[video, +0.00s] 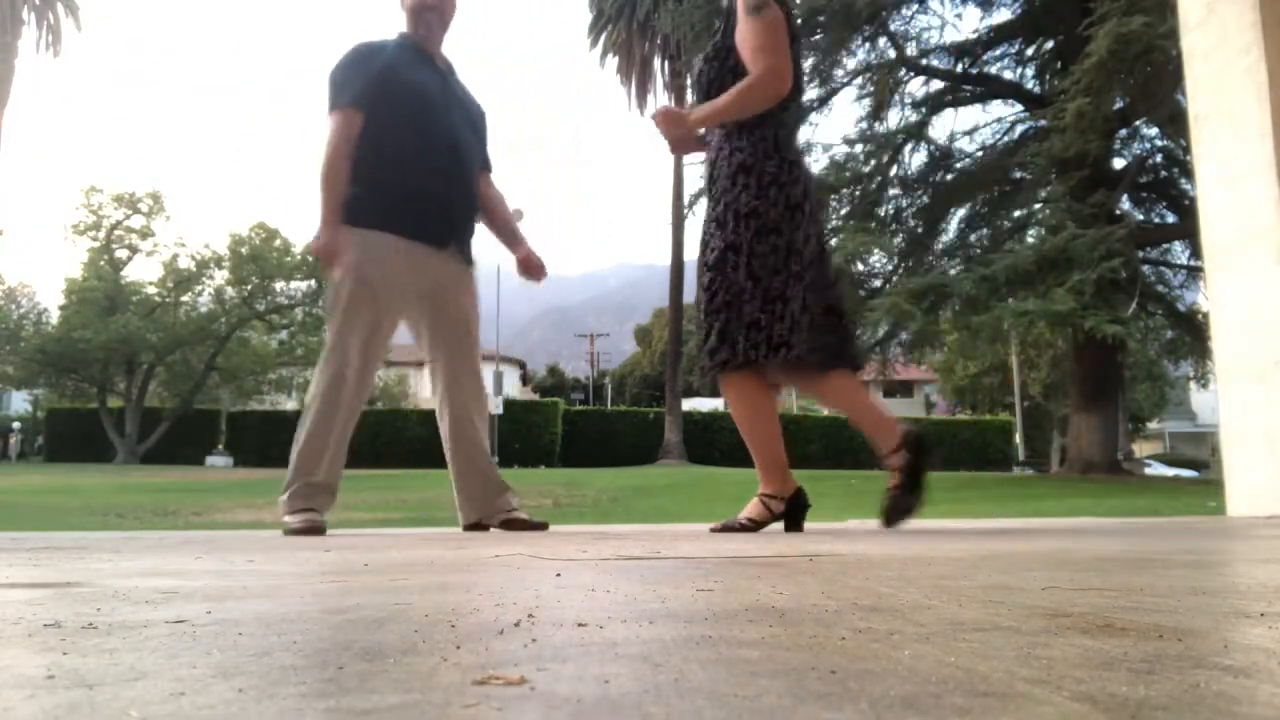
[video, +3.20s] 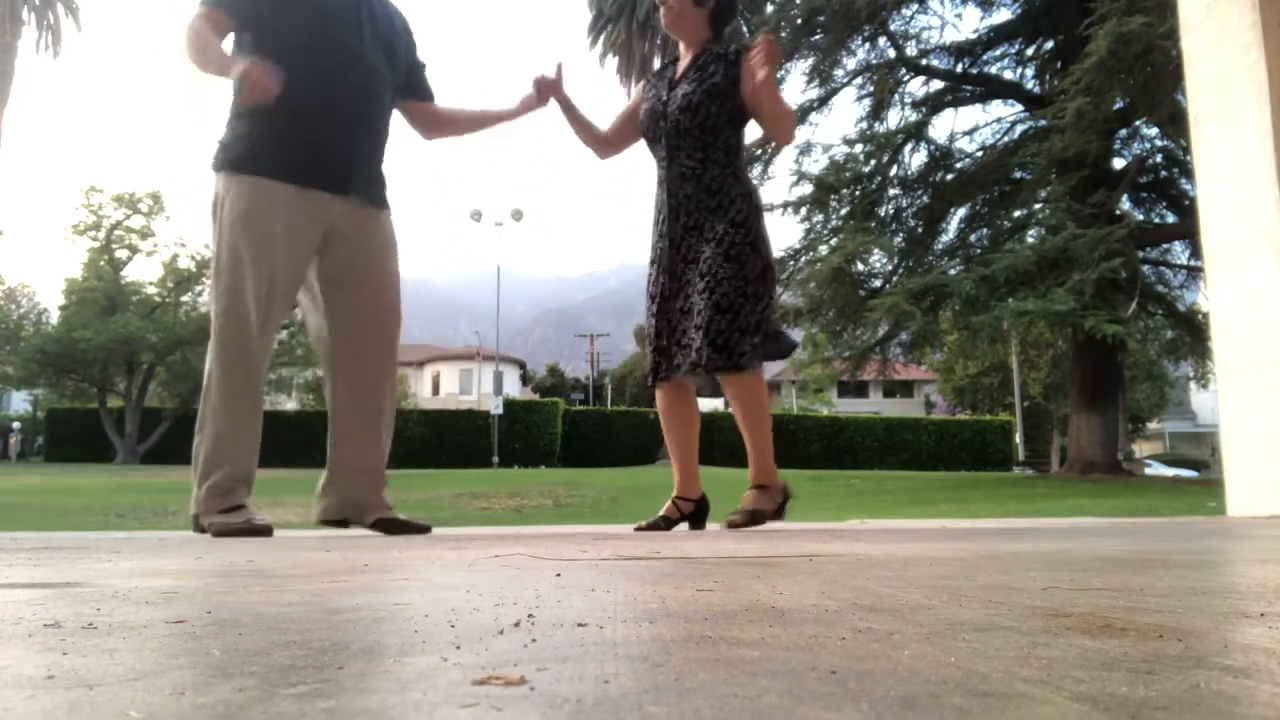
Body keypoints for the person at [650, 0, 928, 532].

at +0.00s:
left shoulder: (751, 5)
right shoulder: (735, 25)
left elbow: (774, 77)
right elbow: (757, 115)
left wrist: (695, 117)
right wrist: (698, 140)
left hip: (752, 186)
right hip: (769, 187)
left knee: (731, 343)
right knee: (786, 345)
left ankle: (777, 490)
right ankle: (896, 442)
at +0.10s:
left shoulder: (753, 11)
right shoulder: (722, 40)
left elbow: (778, 87)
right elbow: (736, 134)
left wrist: (693, 116)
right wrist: (682, 144)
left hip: (749, 193)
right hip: (742, 194)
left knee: (722, 347)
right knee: (755, 355)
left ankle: (776, 490)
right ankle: (848, 465)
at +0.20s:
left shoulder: (748, 12)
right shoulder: (704, 41)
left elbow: (786, 81)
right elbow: (719, 136)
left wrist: (700, 112)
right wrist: (667, 143)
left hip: (748, 190)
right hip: (719, 196)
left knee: (714, 343)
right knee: (722, 344)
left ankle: (777, 487)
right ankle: (775, 487)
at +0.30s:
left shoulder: (742, 16)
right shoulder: (681, 49)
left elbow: (786, 84)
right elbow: (701, 151)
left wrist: (705, 111)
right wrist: (655, 145)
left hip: (745, 193)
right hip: (703, 202)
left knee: (734, 342)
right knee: (692, 348)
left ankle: (779, 489)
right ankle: (698, 488)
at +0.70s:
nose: (644, 4)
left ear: (676, 5)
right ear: (626, 8)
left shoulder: (704, 54)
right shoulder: (617, 78)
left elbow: (746, 127)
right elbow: (617, 168)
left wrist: (685, 136)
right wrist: (605, 150)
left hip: (711, 221)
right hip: (658, 228)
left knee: (722, 345)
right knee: (640, 355)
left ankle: (769, 482)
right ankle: (658, 495)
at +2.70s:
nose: (656, 10)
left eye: (664, 1)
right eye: (655, 3)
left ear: (698, 4)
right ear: (670, 13)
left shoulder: (733, 47)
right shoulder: (674, 81)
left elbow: (774, 119)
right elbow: (677, 176)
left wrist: (707, 111)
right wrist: (625, 154)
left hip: (733, 215)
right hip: (686, 221)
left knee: (723, 349)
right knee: (666, 353)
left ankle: (756, 493)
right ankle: (690, 491)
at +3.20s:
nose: (661, 10)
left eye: (671, 2)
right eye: (659, 4)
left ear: (705, 5)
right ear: (665, 13)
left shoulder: (736, 62)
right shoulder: (657, 83)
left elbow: (782, 131)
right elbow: (604, 144)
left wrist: (762, 80)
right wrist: (560, 98)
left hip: (727, 221)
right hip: (674, 227)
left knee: (729, 348)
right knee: (668, 361)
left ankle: (767, 484)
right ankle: (687, 494)